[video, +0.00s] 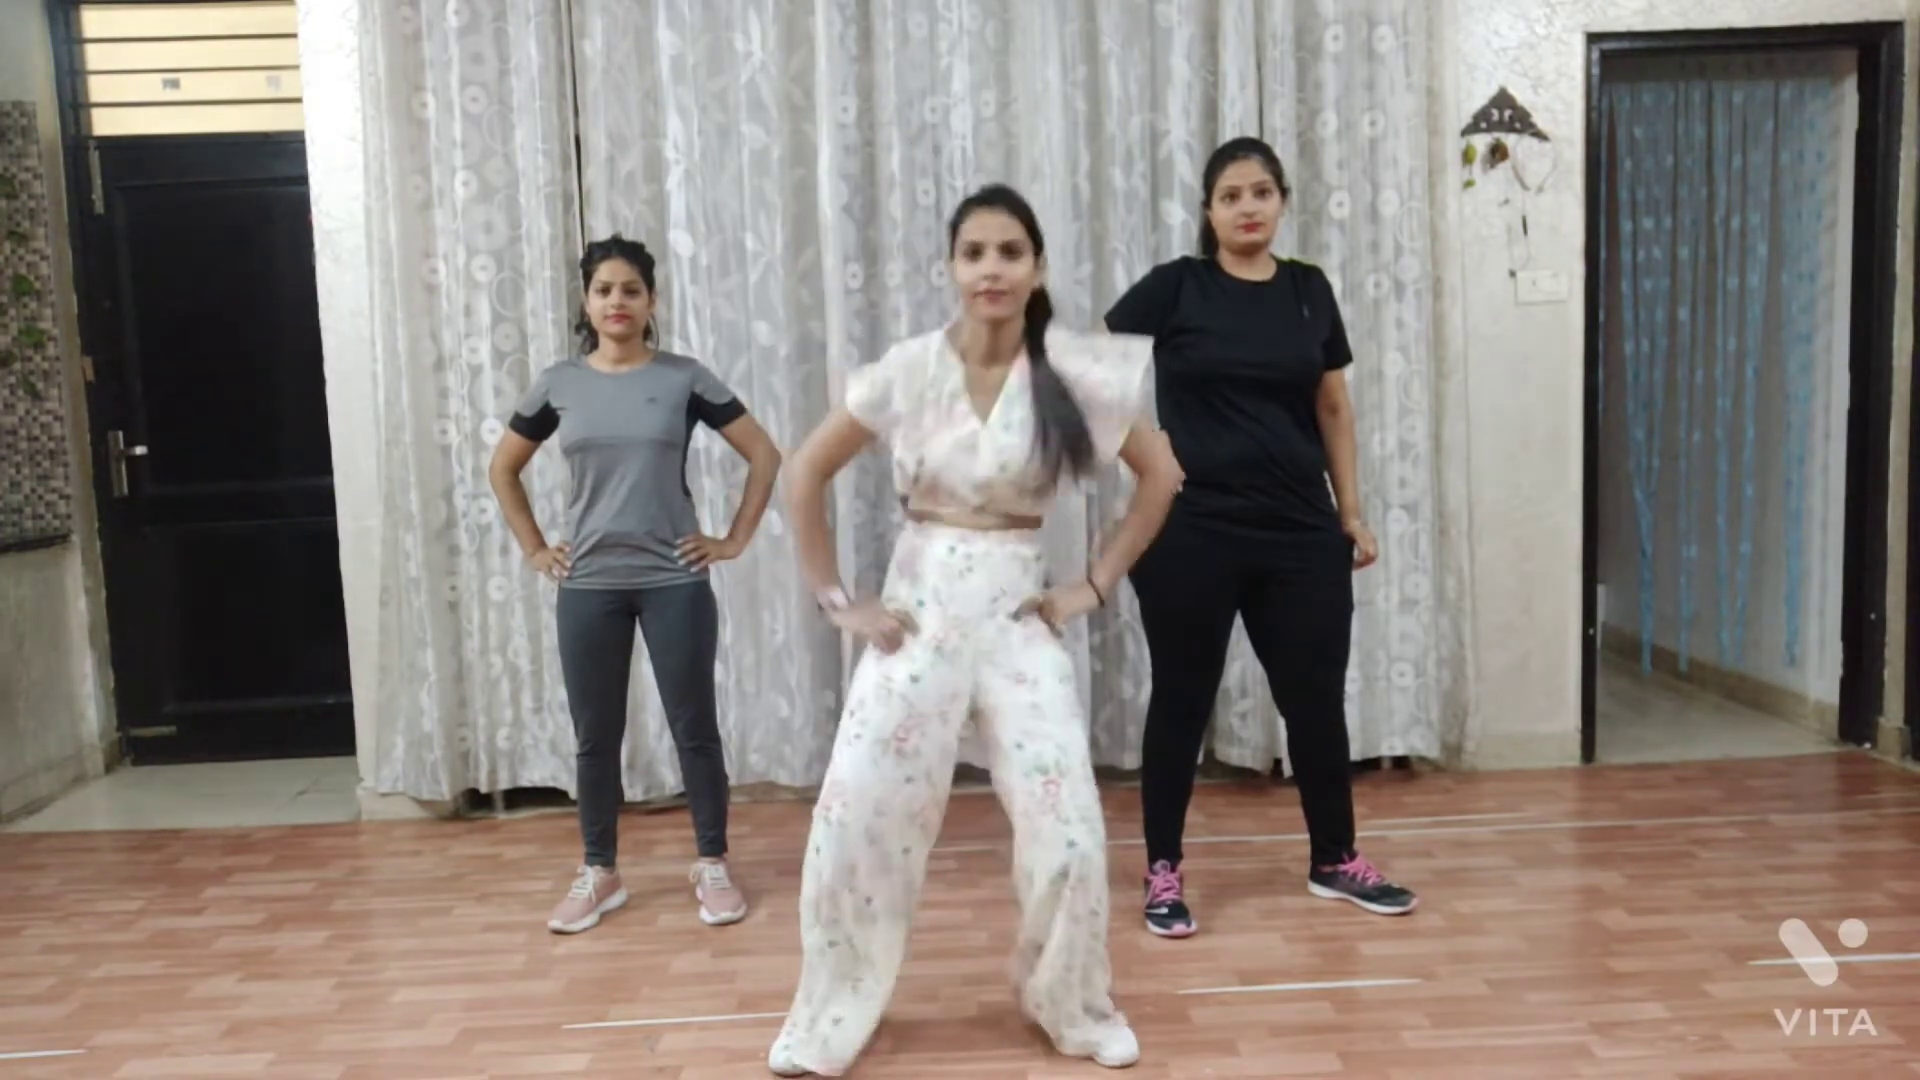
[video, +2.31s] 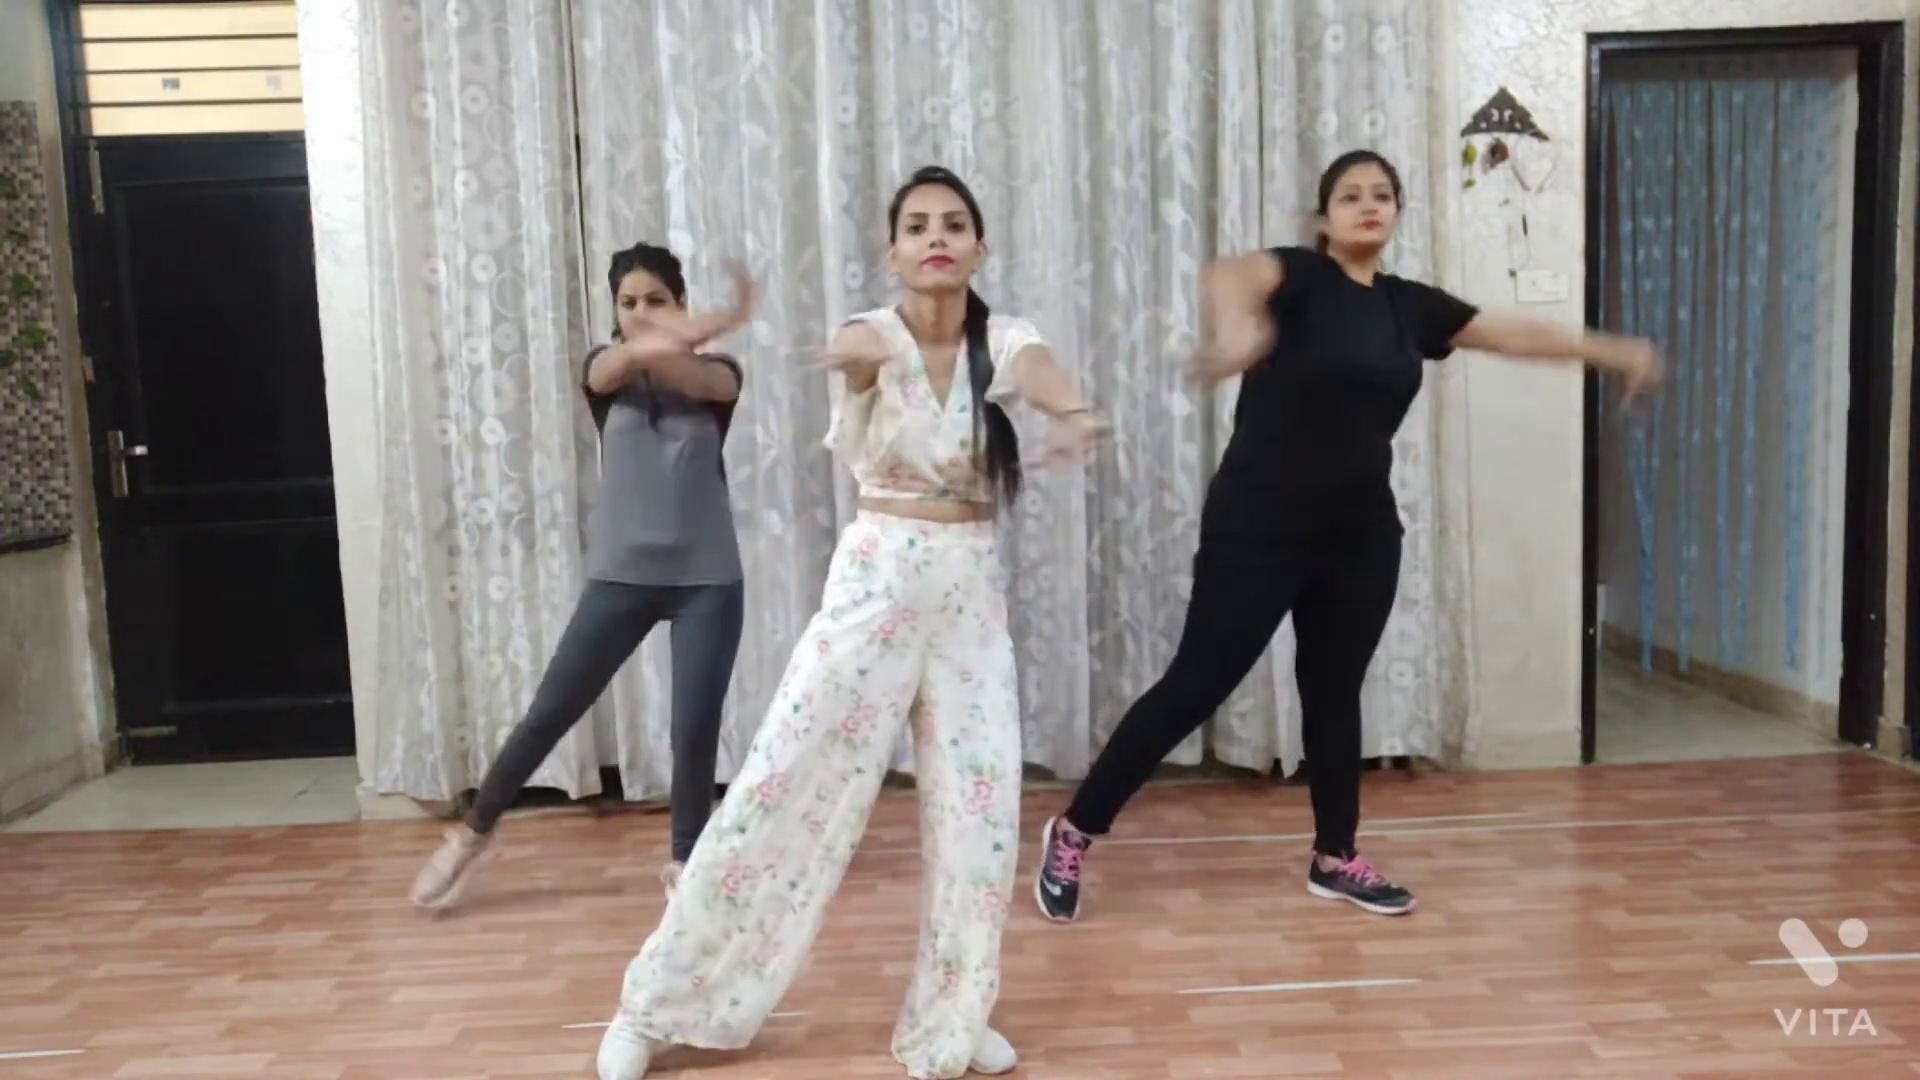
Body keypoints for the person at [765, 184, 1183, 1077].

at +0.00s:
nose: (992, 269)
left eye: (1010, 252)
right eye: (975, 253)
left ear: (1038, 267)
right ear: (951, 267)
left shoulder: (1075, 376)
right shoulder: (907, 373)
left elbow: (1163, 478)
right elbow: (802, 474)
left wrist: (1092, 585)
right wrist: (838, 599)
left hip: (1020, 619)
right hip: (912, 614)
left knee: (1070, 830)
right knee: (852, 815)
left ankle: (1075, 1006)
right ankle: (825, 1020)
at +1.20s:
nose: (908, 227)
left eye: (926, 212)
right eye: (890, 214)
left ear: (959, 234)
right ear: (868, 237)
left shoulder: (991, 349)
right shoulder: (821, 342)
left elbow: (1025, 466)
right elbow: (781, 462)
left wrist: (1041, 563)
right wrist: (743, 553)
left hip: (960, 606)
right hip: (851, 606)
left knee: (1008, 808)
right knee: (825, 806)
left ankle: (981, 1007)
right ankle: (813, 1016)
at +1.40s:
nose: (924, 226)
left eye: (941, 211)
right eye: (906, 216)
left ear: (973, 231)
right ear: (885, 242)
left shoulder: (1019, 340)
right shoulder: (854, 347)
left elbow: (1096, 434)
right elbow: (752, 433)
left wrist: (1161, 501)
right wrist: (656, 501)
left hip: (976, 603)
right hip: (877, 594)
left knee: (990, 817)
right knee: (789, 790)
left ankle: (921, 1000)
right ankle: (702, 1001)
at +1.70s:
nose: (926, 237)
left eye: (943, 225)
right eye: (908, 226)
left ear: (974, 246)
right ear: (885, 250)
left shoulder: (1021, 348)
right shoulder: (853, 352)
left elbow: (1152, 398)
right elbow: (720, 412)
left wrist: (1275, 441)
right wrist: (596, 456)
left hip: (969, 615)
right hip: (871, 608)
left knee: (982, 819)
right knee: (770, 805)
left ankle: (949, 1027)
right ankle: (646, 1020)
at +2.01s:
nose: (926, 238)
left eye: (944, 224)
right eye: (907, 228)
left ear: (974, 250)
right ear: (885, 256)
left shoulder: (1009, 341)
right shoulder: (864, 348)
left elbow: (1131, 372)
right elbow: (772, 378)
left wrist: (1248, 404)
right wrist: (675, 408)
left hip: (972, 606)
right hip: (871, 599)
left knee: (983, 823)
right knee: (768, 797)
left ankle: (948, 1030)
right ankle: (646, 1014)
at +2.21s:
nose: (933, 240)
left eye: (950, 227)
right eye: (916, 228)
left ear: (979, 247)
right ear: (891, 250)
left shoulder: (1005, 343)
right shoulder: (866, 341)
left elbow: (1072, 373)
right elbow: (812, 357)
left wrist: (1141, 405)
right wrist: (754, 380)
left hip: (971, 605)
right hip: (872, 596)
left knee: (986, 822)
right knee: (769, 789)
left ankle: (949, 1024)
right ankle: (646, 1010)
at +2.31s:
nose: (938, 241)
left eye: (954, 227)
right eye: (919, 228)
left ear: (980, 245)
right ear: (894, 247)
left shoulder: (1006, 338)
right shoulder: (871, 333)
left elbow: (1040, 375)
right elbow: (858, 349)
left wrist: (1068, 412)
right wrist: (861, 357)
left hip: (967, 597)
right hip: (874, 590)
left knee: (983, 813)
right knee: (772, 785)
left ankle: (951, 1023)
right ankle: (648, 1007)